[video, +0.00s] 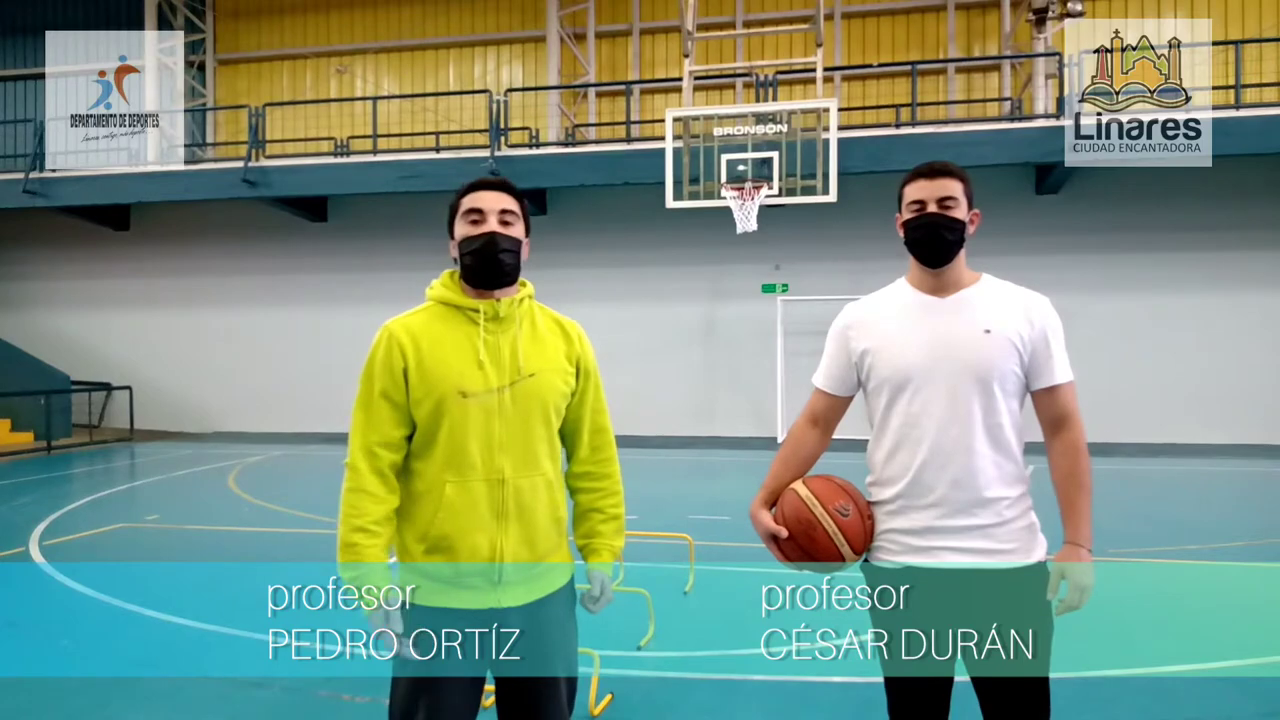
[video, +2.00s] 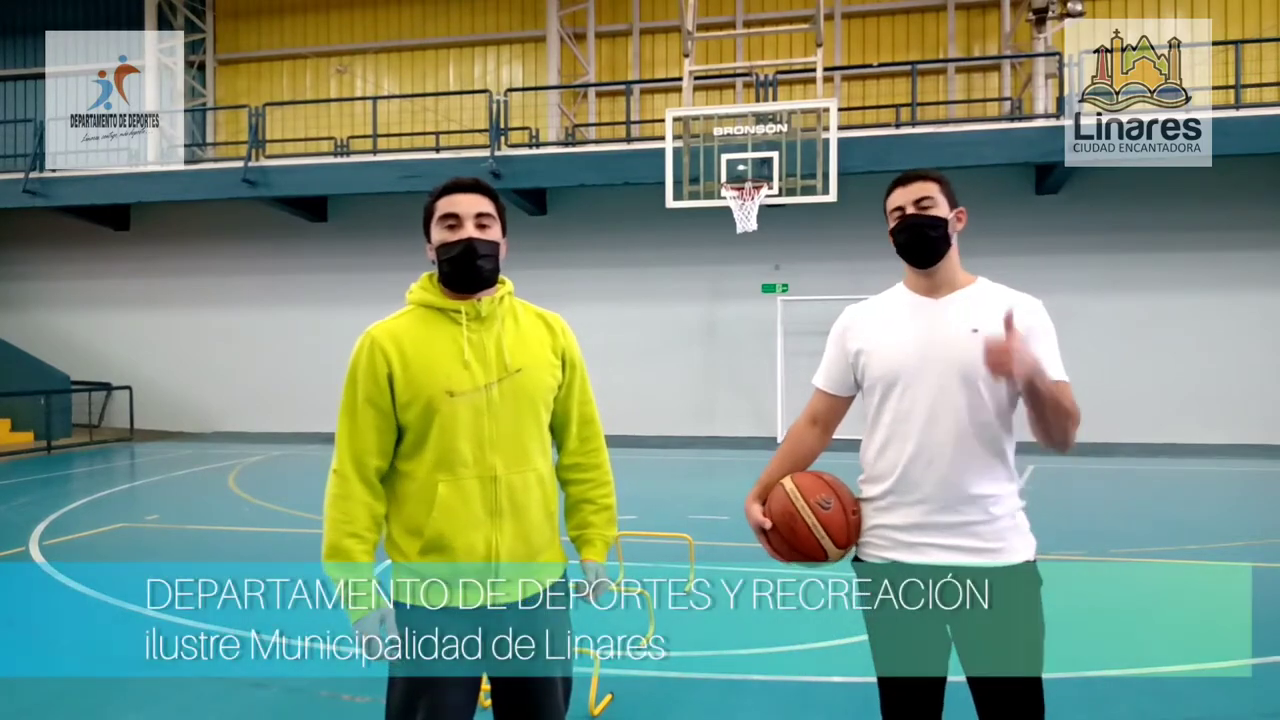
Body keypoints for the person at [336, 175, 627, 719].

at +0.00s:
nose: (490, 228)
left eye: (506, 219)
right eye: (473, 218)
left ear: (525, 245)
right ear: (452, 243)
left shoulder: (564, 339)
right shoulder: (405, 339)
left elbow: (594, 458)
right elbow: (372, 463)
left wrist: (601, 554)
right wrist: (367, 574)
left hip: (542, 590)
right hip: (438, 592)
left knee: (548, 712)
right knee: (430, 714)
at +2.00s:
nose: (469, 233)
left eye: (484, 222)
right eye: (450, 223)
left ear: (503, 243)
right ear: (430, 246)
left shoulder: (549, 335)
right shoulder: (387, 345)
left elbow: (583, 450)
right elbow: (356, 473)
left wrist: (594, 549)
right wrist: (356, 590)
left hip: (537, 591)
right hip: (434, 594)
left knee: (543, 711)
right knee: (428, 713)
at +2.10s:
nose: (470, 233)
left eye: (486, 222)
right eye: (452, 223)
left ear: (505, 242)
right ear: (432, 245)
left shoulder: (550, 335)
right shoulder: (388, 344)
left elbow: (584, 451)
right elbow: (353, 473)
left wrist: (594, 550)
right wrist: (356, 581)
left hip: (537, 590)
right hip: (433, 593)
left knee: (542, 712)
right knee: (428, 714)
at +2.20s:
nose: (471, 234)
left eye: (487, 223)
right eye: (454, 224)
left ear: (507, 243)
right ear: (434, 246)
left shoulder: (551, 335)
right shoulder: (390, 343)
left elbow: (585, 452)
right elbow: (350, 461)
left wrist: (595, 552)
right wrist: (370, 519)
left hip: (536, 588)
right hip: (434, 592)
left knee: (542, 712)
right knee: (428, 714)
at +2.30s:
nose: (472, 234)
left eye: (487, 223)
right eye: (454, 223)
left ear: (507, 242)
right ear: (435, 244)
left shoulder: (553, 335)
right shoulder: (391, 341)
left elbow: (587, 453)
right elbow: (345, 471)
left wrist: (598, 556)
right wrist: (372, 446)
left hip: (537, 587)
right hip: (434, 590)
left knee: (542, 712)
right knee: (427, 713)